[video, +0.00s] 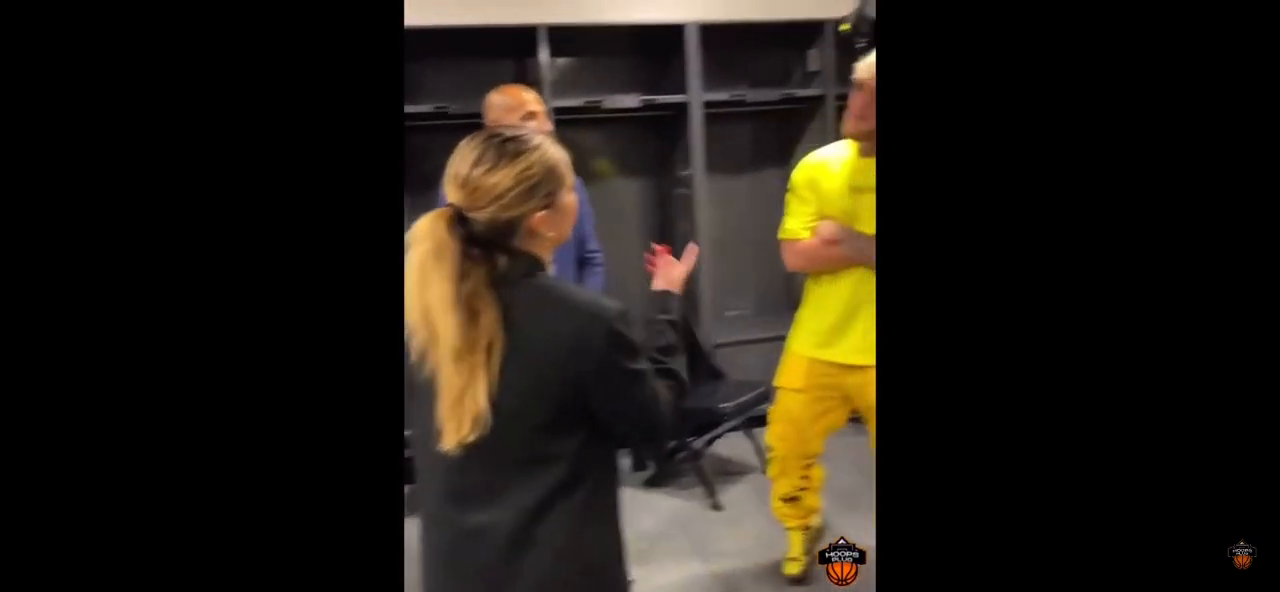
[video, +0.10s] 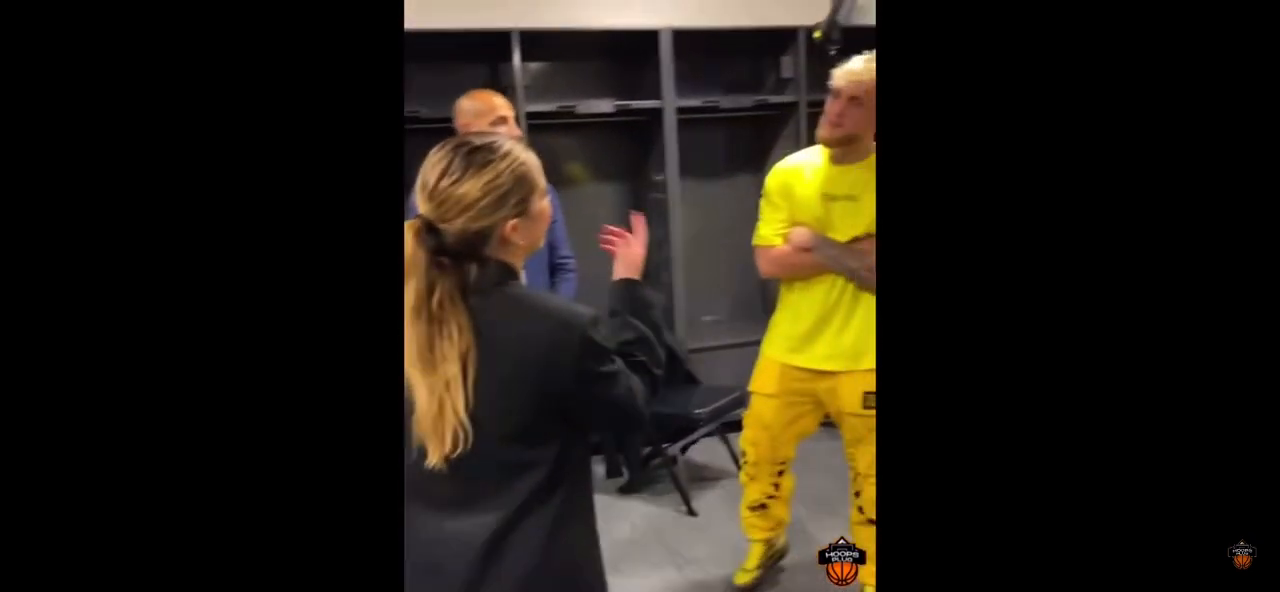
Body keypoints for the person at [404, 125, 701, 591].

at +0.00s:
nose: (578, 199)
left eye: (573, 188)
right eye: (570, 190)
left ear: (470, 212)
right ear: (540, 220)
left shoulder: (429, 308)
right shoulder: (584, 323)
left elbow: (424, 447)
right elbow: (654, 422)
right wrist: (668, 302)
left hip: (454, 569)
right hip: (559, 571)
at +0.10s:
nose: (551, 208)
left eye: (545, 195)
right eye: (543, 198)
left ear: (440, 218)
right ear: (512, 230)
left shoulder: (412, 314)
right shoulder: (558, 330)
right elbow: (628, 414)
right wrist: (629, 287)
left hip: (424, 568)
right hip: (532, 569)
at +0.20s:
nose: (528, 217)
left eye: (523, 205)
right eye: (520, 208)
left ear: (419, 221)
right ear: (492, 236)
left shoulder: (409, 317)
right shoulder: (530, 331)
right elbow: (611, 398)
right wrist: (581, 283)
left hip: (417, 568)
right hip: (515, 570)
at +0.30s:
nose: (509, 221)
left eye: (504, 209)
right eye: (501, 212)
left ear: (412, 221)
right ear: (475, 236)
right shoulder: (511, 332)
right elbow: (592, 381)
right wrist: (543, 279)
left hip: (413, 566)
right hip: (500, 569)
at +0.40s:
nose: (492, 221)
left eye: (488, 210)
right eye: (485, 212)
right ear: (461, 238)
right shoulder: (494, 332)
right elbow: (575, 374)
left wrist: (518, 280)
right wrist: (521, 277)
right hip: (489, 569)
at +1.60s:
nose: (484, 208)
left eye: (481, 195)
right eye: (480, 196)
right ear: (459, 225)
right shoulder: (488, 339)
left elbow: (559, 412)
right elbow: (561, 412)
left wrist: (552, 297)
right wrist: (555, 298)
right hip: (484, 572)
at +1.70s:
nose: (484, 207)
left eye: (481, 194)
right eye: (481, 195)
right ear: (462, 227)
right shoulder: (492, 348)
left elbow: (548, 433)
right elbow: (552, 435)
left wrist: (565, 319)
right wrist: (568, 318)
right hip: (486, 574)